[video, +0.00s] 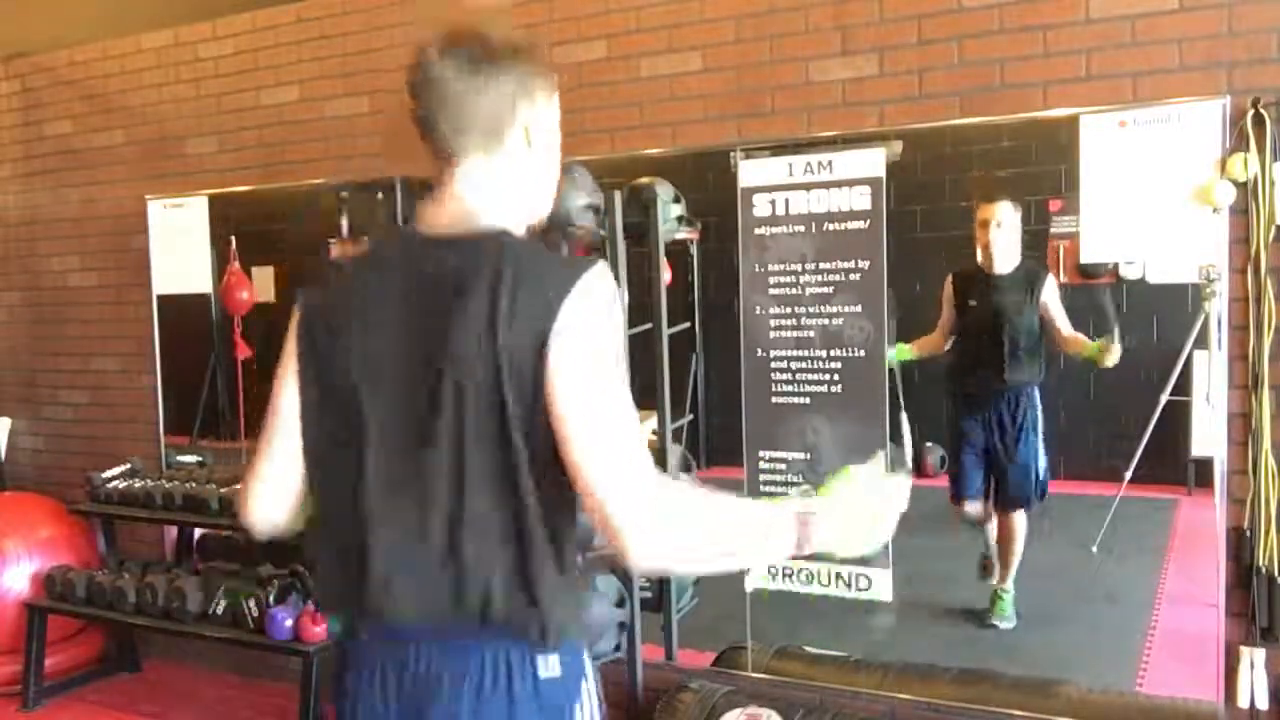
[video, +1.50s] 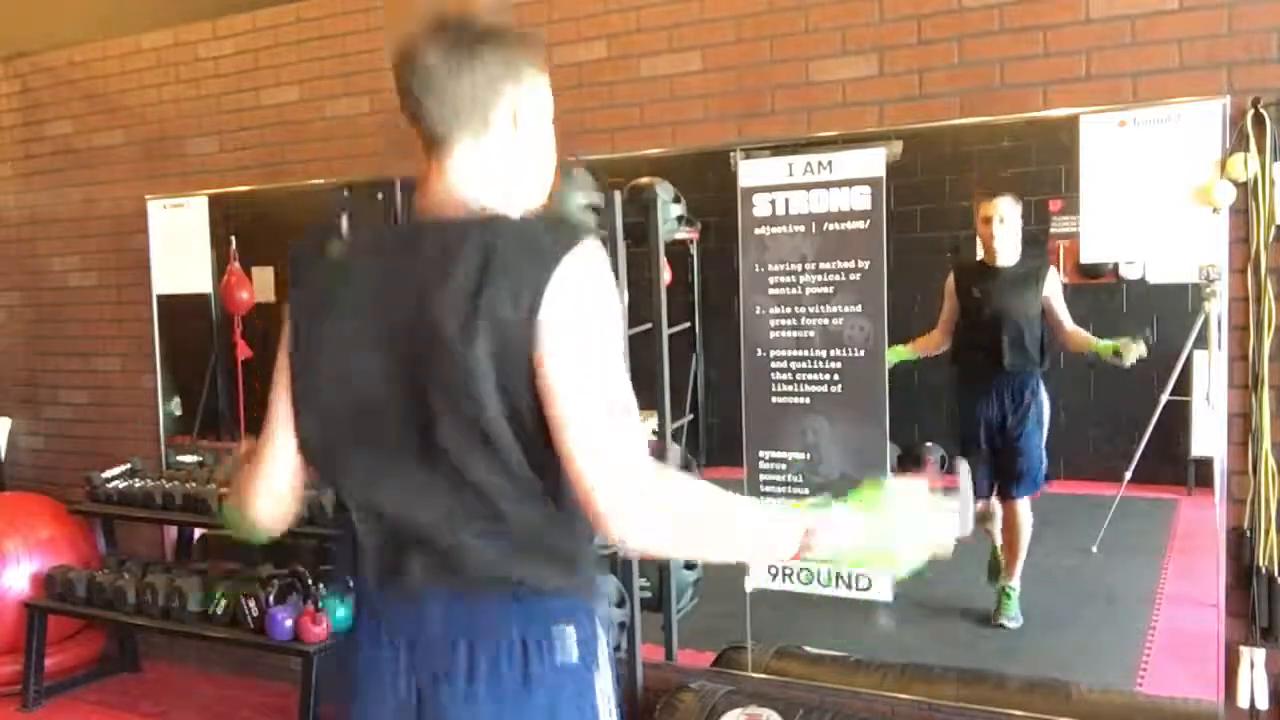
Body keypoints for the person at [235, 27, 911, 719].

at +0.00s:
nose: (562, 156)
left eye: (557, 130)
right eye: (557, 130)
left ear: (436, 136)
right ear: (530, 129)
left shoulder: (326, 302)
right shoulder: (563, 292)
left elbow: (265, 508)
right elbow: (638, 524)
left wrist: (373, 440)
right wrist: (812, 522)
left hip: (373, 665)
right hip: (520, 667)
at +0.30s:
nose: (556, 147)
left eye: (551, 121)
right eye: (552, 120)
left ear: (427, 127)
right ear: (528, 116)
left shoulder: (331, 279)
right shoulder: (557, 272)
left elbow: (250, 495)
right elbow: (609, 523)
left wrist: (338, 428)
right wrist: (790, 550)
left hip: (359, 641)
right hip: (513, 654)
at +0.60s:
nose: (530, 67)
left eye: (527, 44)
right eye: (526, 43)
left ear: (399, 53)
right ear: (499, 44)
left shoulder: (296, 212)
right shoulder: (527, 187)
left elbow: (240, 428)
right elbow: (580, 435)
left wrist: (213, 527)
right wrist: (761, 550)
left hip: (341, 572)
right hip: (492, 581)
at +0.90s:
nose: (510, 72)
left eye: (505, 46)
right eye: (504, 45)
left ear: (380, 56)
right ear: (477, 44)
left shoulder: (281, 233)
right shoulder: (507, 196)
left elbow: (223, 458)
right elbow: (584, 441)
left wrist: (215, 540)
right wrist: (757, 529)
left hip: (348, 600)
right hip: (497, 597)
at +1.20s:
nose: (523, 154)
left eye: (516, 128)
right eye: (518, 127)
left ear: (386, 135)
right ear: (495, 128)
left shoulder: (293, 298)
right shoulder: (517, 277)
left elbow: (218, 504)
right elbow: (605, 515)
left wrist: (335, 438)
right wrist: (789, 500)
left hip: (349, 677)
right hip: (502, 676)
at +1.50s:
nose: (557, 137)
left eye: (549, 115)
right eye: (551, 114)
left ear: (417, 127)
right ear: (525, 117)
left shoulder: (325, 279)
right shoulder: (556, 267)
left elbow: (261, 506)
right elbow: (627, 506)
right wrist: (829, 529)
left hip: (381, 644)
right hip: (533, 647)